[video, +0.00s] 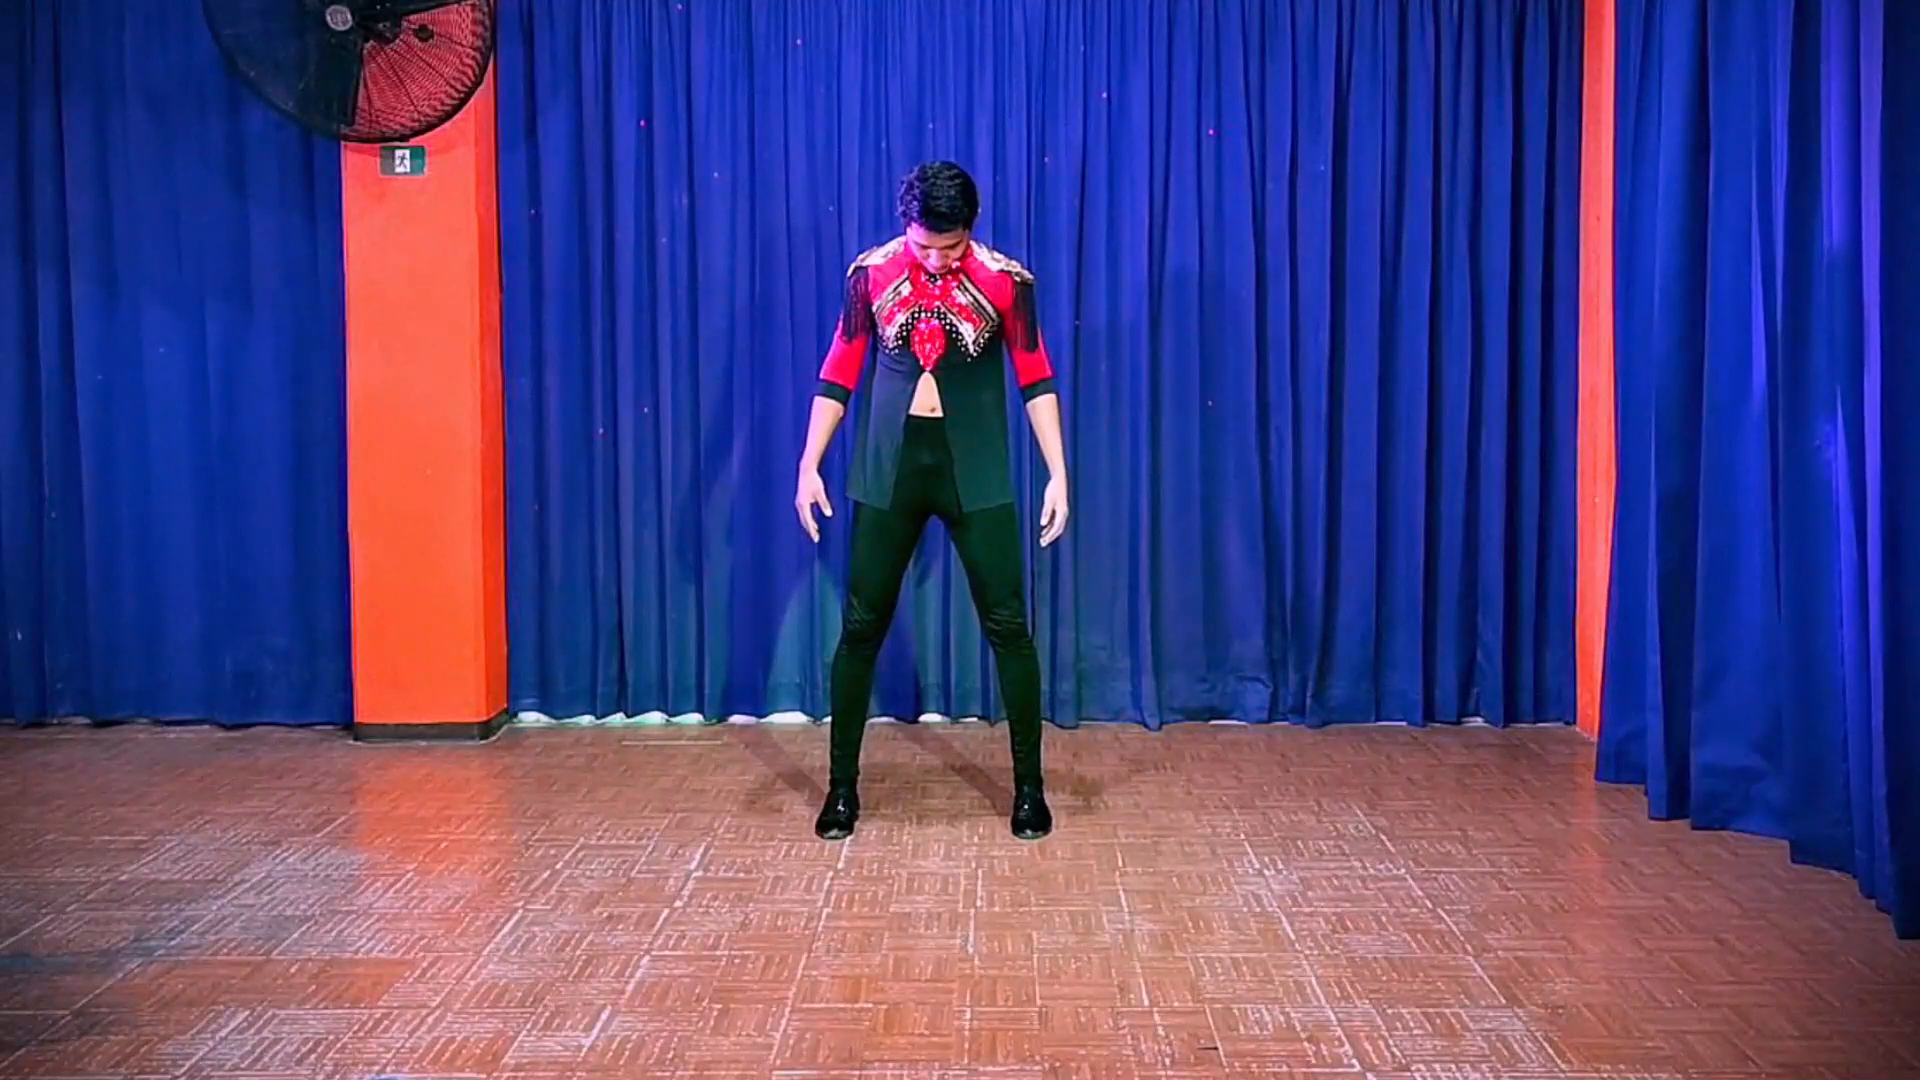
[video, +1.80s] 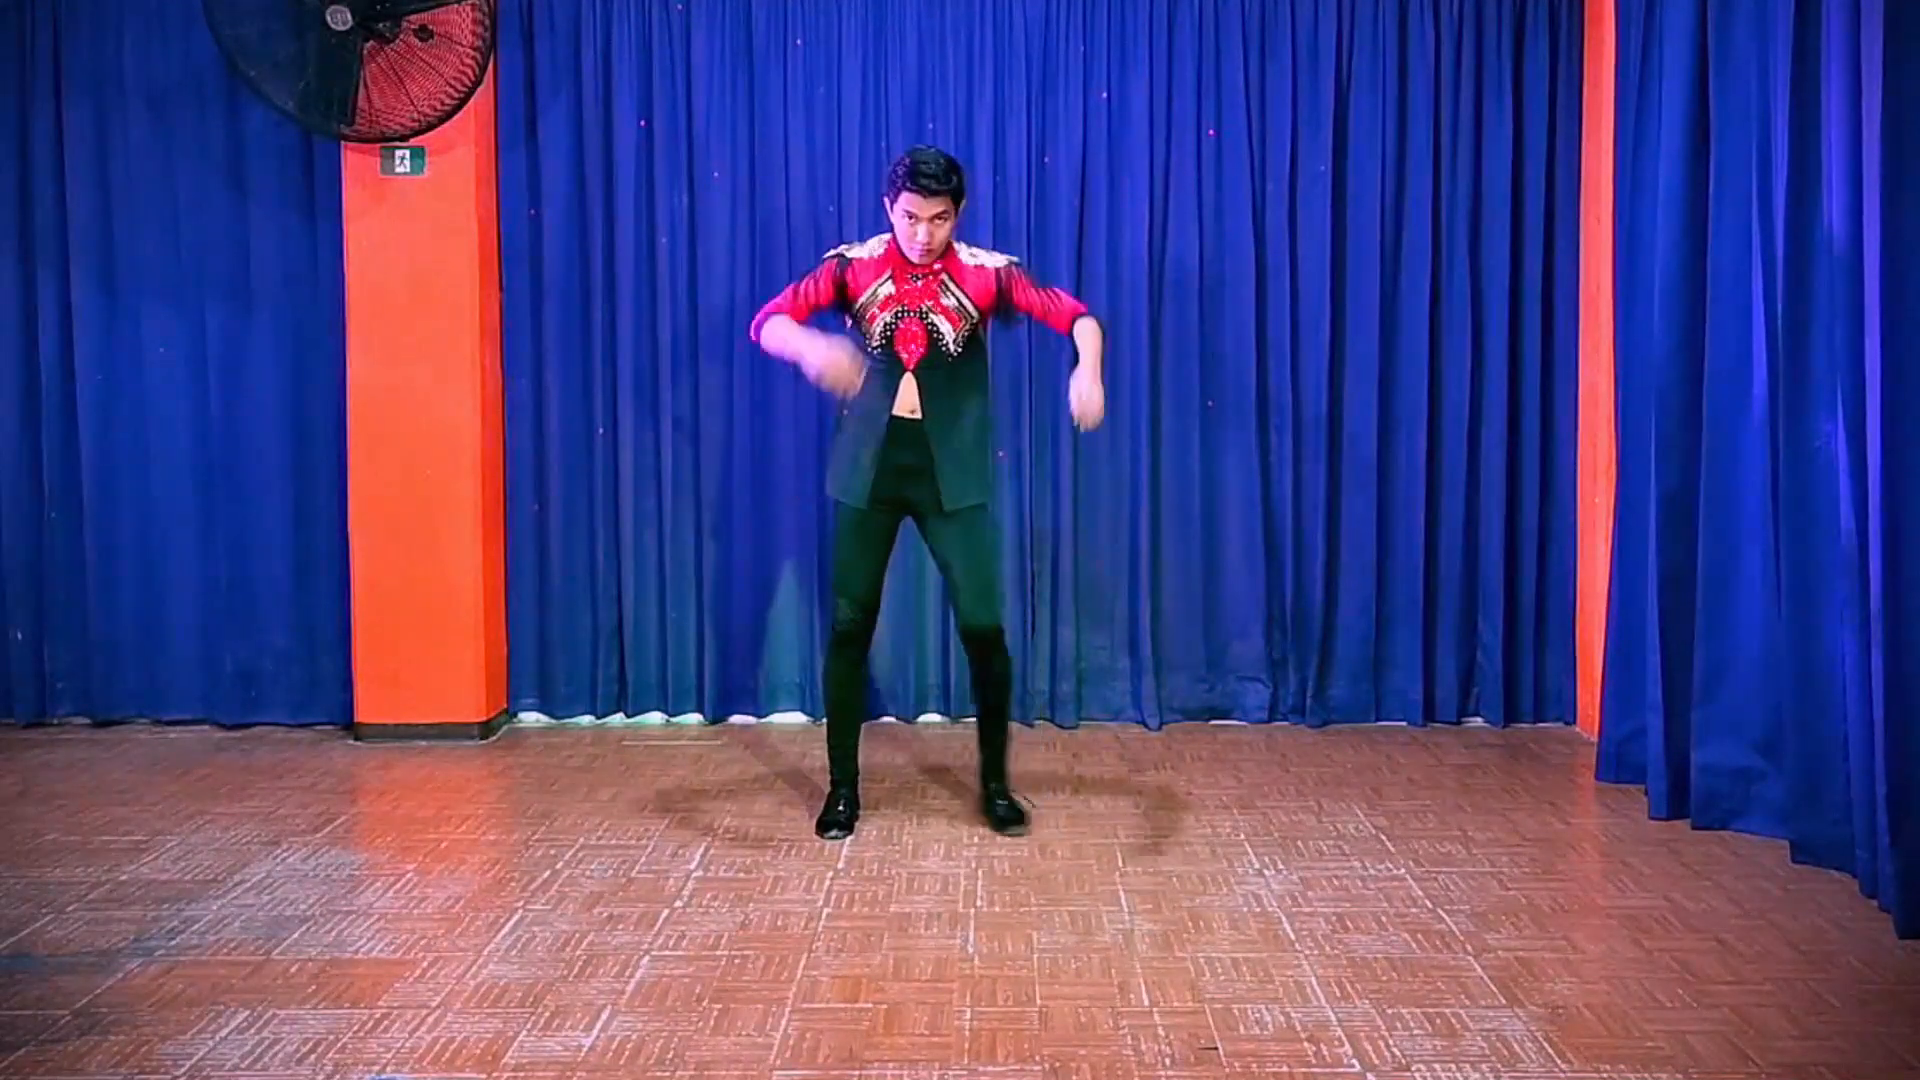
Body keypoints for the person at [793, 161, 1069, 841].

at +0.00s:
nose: (942, 257)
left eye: (955, 245)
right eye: (930, 245)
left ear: (973, 227)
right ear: (908, 226)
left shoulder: (1005, 280)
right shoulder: (872, 275)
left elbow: (1035, 379)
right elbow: (840, 373)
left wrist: (1058, 473)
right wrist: (809, 465)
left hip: (978, 468)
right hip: (889, 466)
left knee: (1007, 624)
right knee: (862, 626)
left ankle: (1028, 785)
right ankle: (842, 786)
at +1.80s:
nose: (922, 233)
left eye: (937, 220)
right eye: (910, 218)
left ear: (956, 215)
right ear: (891, 209)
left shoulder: (986, 274)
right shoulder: (852, 267)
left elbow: (1081, 319)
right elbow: (768, 321)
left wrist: (1088, 372)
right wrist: (813, 349)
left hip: (955, 477)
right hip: (868, 476)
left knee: (984, 630)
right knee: (849, 627)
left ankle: (997, 786)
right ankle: (843, 790)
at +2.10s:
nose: (919, 226)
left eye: (933, 212)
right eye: (906, 212)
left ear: (952, 214)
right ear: (887, 213)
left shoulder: (979, 286)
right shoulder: (864, 287)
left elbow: (954, 378)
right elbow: (890, 378)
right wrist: (962, 304)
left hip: (957, 476)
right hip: (886, 473)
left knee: (941, 627)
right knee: (889, 614)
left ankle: (895, 780)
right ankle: (905, 772)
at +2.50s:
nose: (941, 237)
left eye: (953, 223)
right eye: (926, 225)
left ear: (970, 226)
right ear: (904, 229)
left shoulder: (990, 292)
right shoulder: (891, 305)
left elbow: (1067, 339)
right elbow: (832, 397)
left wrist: (1155, 372)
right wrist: (780, 481)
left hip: (987, 482)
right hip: (936, 487)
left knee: (974, 648)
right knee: (1025, 633)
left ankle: (873, 786)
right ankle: (1032, 783)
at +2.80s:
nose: (963, 234)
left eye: (970, 219)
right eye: (946, 222)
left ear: (982, 223)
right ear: (918, 233)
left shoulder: (981, 269)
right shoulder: (923, 289)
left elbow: (1027, 229)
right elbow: (901, 297)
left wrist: (1077, 187)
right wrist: (898, 279)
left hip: (958, 502)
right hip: (980, 501)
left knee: (981, 647)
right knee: (1069, 627)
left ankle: (882, 782)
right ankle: (1033, 782)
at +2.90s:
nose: (968, 229)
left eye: (970, 218)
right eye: (956, 220)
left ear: (975, 229)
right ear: (925, 230)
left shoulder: (967, 274)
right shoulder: (927, 298)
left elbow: (1003, 217)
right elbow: (919, 274)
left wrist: (1048, 161)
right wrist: (930, 226)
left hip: (950, 500)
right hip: (986, 499)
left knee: (978, 644)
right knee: (1074, 625)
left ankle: (885, 783)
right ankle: (1033, 781)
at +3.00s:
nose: (975, 224)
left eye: (972, 213)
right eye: (960, 216)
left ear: (939, 227)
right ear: (929, 229)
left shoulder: (928, 284)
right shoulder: (945, 290)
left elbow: (963, 197)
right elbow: (963, 228)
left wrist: (998, 144)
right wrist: (994, 156)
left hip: (943, 495)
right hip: (990, 493)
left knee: (964, 647)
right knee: (1076, 623)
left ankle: (889, 789)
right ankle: (1032, 779)